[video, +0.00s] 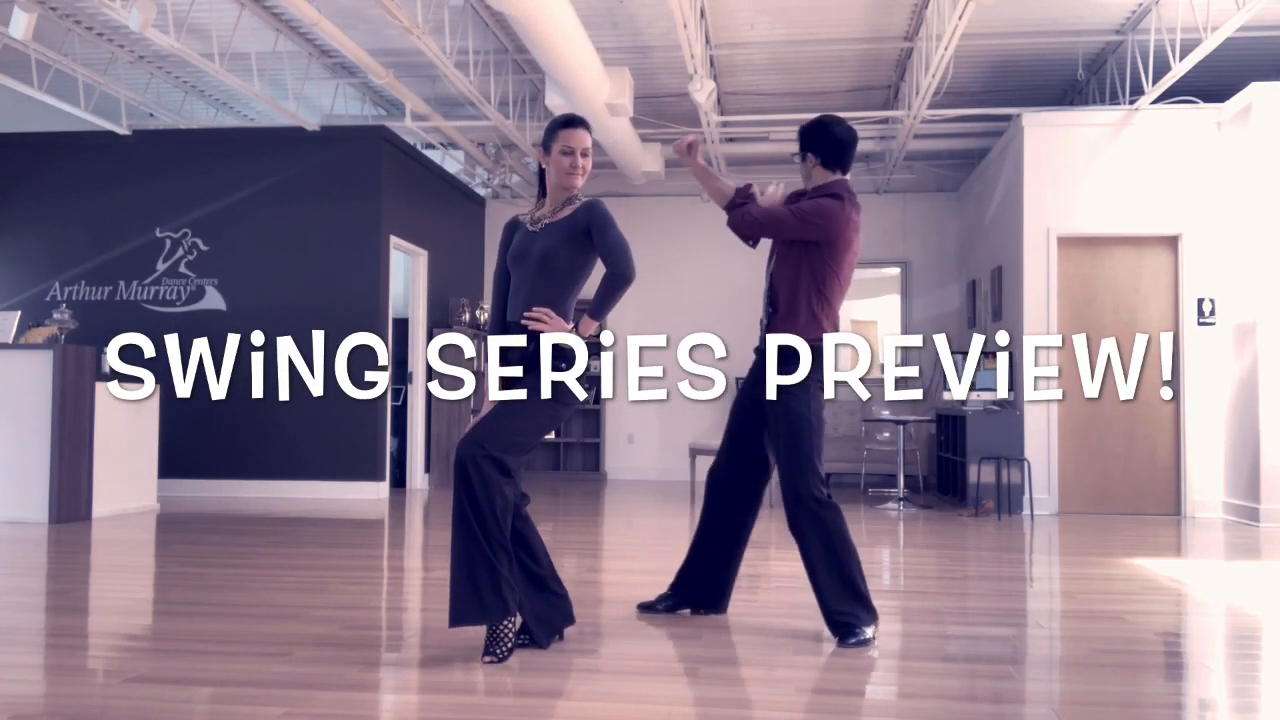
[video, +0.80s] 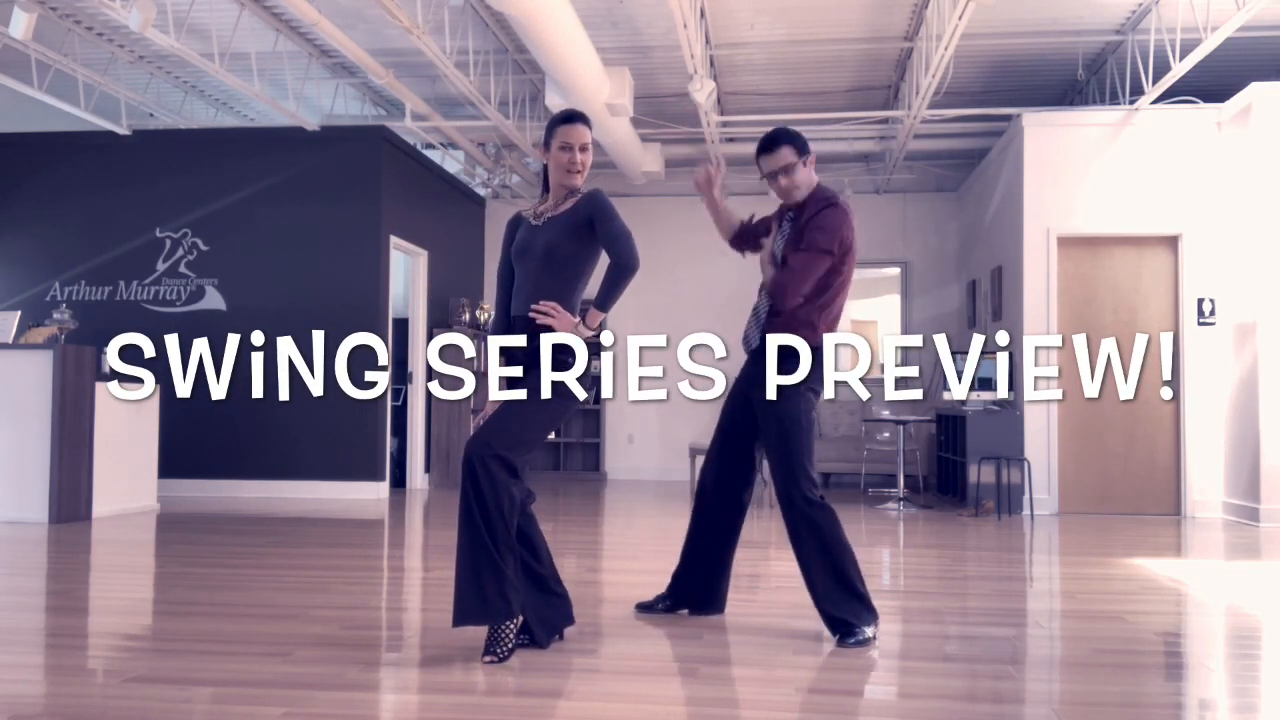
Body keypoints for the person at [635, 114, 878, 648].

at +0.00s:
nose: (797, 164)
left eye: (800, 156)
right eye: (799, 156)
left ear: (811, 159)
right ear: (841, 159)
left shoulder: (831, 208)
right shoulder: (818, 204)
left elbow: (751, 221)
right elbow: (750, 223)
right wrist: (699, 168)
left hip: (798, 363)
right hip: (775, 360)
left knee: (805, 491)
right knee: (732, 480)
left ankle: (854, 618)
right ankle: (699, 592)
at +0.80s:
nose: (778, 183)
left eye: (786, 171)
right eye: (770, 177)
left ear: (809, 164)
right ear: (765, 180)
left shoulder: (830, 215)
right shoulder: (786, 215)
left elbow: (787, 292)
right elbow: (740, 237)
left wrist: (766, 256)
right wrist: (713, 198)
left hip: (793, 365)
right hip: (762, 362)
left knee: (799, 491)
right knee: (722, 477)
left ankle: (854, 618)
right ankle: (696, 592)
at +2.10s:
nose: (770, 148)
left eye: (779, 140)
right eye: (760, 141)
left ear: (794, 148)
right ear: (746, 150)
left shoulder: (800, 202)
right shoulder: (743, 208)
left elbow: (856, 263)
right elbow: (738, 272)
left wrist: (808, 321)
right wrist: (732, 320)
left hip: (784, 355)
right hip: (742, 357)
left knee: (815, 482)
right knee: (723, 477)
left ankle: (856, 615)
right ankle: (698, 590)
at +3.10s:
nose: (795, 169)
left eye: (804, 161)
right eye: (794, 161)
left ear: (836, 164)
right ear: (814, 165)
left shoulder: (851, 224)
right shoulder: (799, 217)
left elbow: (877, 301)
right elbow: (780, 281)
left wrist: (817, 334)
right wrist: (746, 325)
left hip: (787, 363)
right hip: (751, 358)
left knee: (808, 486)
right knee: (722, 478)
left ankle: (854, 616)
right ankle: (697, 591)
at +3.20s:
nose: (796, 168)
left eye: (805, 160)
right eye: (796, 160)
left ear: (838, 164)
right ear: (816, 164)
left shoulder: (851, 224)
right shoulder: (800, 217)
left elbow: (876, 301)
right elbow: (783, 281)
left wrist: (817, 334)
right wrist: (748, 325)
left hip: (786, 364)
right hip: (751, 359)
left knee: (808, 487)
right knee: (721, 479)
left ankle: (855, 616)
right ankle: (697, 592)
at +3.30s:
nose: (796, 167)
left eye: (806, 158)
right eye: (796, 159)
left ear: (839, 164)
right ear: (811, 164)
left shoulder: (851, 224)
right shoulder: (800, 217)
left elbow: (876, 301)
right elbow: (782, 281)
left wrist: (816, 334)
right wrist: (748, 326)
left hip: (787, 364)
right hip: (752, 359)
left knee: (809, 487)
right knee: (722, 479)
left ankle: (855, 616)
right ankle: (697, 591)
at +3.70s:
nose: (792, 162)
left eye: (802, 154)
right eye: (792, 154)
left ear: (835, 161)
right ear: (808, 162)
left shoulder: (845, 219)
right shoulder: (796, 217)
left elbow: (870, 297)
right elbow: (779, 281)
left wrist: (813, 335)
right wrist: (744, 325)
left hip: (784, 364)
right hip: (749, 359)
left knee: (806, 487)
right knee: (720, 478)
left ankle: (855, 616)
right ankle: (697, 591)